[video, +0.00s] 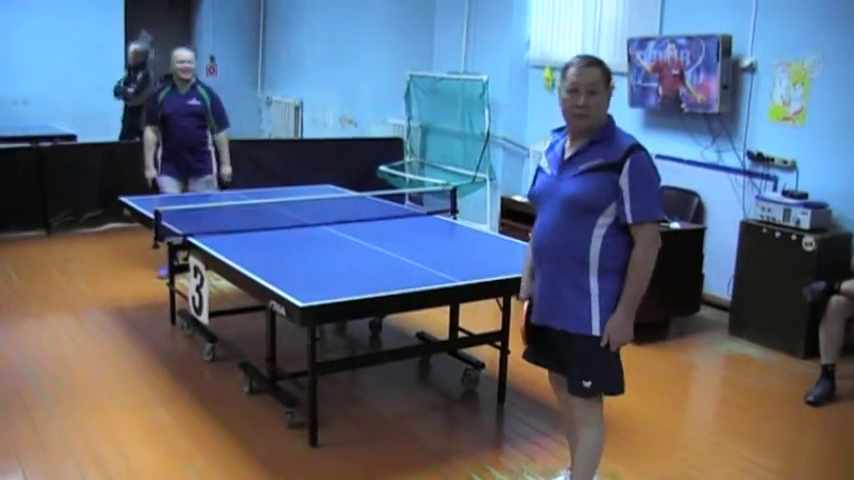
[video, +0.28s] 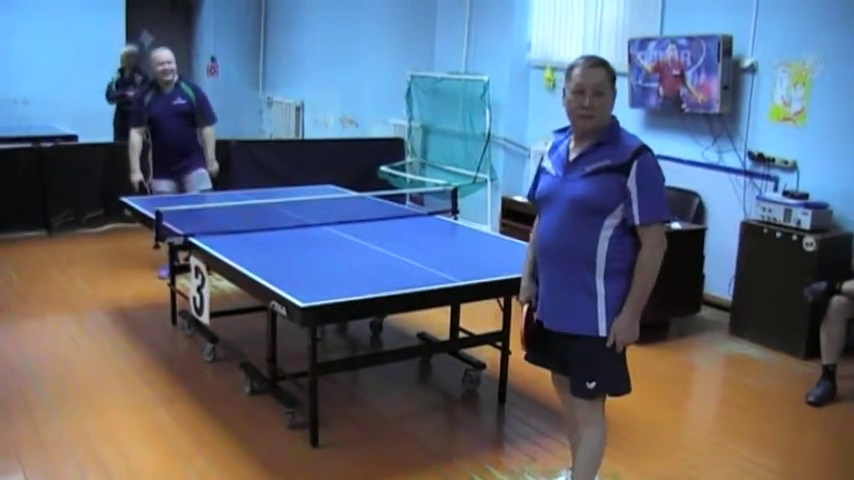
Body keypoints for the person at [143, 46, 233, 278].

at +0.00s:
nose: (186, 66)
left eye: (189, 62)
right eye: (181, 62)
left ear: (195, 64)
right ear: (172, 66)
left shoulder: (207, 94)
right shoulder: (159, 96)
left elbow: (220, 131)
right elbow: (151, 131)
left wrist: (225, 164)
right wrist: (149, 166)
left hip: (202, 165)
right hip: (170, 165)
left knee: (204, 214)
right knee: (170, 214)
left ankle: (202, 261)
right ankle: (172, 260)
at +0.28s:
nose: (166, 68)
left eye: (169, 62)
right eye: (161, 64)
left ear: (176, 64)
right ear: (152, 69)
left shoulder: (192, 92)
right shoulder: (144, 98)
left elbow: (207, 126)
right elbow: (136, 133)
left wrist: (211, 158)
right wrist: (135, 169)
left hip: (193, 164)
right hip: (160, 168)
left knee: (201, 214)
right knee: (167, 218)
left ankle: (203, 260)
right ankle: (174, 261)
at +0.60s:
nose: (159, 73)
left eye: (162, 67)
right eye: (153, 69)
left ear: (169, 67)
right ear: (146, 74)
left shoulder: (187, 91)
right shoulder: (140, 100)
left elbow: (197, 127)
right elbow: (135, 136)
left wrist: (188, 161)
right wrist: (134, 171)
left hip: (192, 159)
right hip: (161, 164)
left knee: (195, 212)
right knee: (167, 215)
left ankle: (200, 261)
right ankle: (175, 261)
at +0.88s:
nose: (168, 71)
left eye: (171, 66)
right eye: (162, 68)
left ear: (178, 66)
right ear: (154, 73)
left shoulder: (193, 92)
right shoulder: (147, 102)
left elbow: (201, 129)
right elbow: (142, 137)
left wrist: (186, 159)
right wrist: (143, 172)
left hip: (197, 166)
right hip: (164, 171)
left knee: (205, 216)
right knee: (170, 220)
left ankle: (206, 262)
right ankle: (176, 262)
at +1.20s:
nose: (195, 71)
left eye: (199, 67)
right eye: (190, 68)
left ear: (205, 69)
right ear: (180, 72)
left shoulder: (217, 96)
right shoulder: (169, 100)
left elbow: (229, 128)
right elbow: (159, 134)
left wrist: (225, 160)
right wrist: (157, 169)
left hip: (211, 168)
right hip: (180, 169)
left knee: (214, 218)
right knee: (177, 218)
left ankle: (213, 264)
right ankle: (177, 262)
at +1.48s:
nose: (222, 75)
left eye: (225, 70)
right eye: (217, 70)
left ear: (228, 72)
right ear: (205, 72)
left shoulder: (231, 95)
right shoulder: (188, 93)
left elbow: (240, 128)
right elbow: (177, 125)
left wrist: (244, 154)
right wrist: (198, 148)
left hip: (224, 162)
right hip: (194, 163)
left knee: (227, 211)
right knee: (191, 213)